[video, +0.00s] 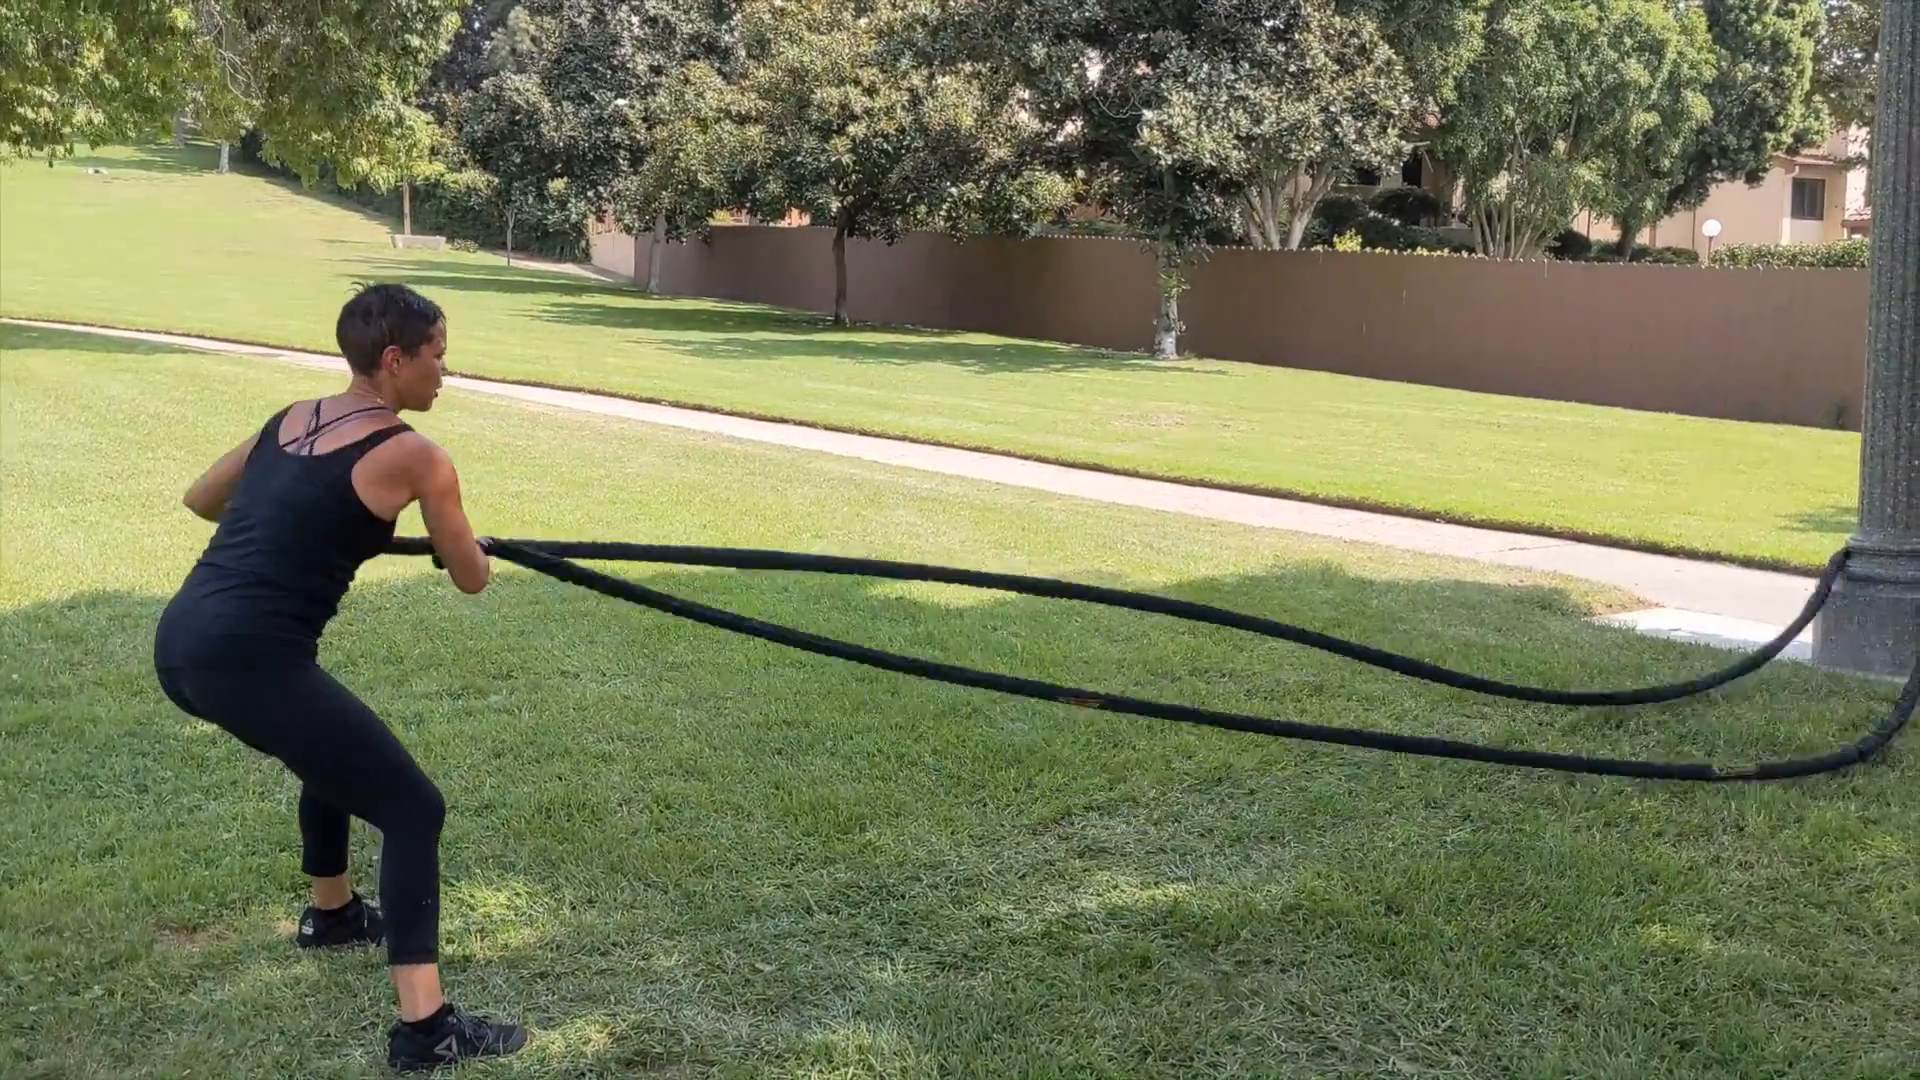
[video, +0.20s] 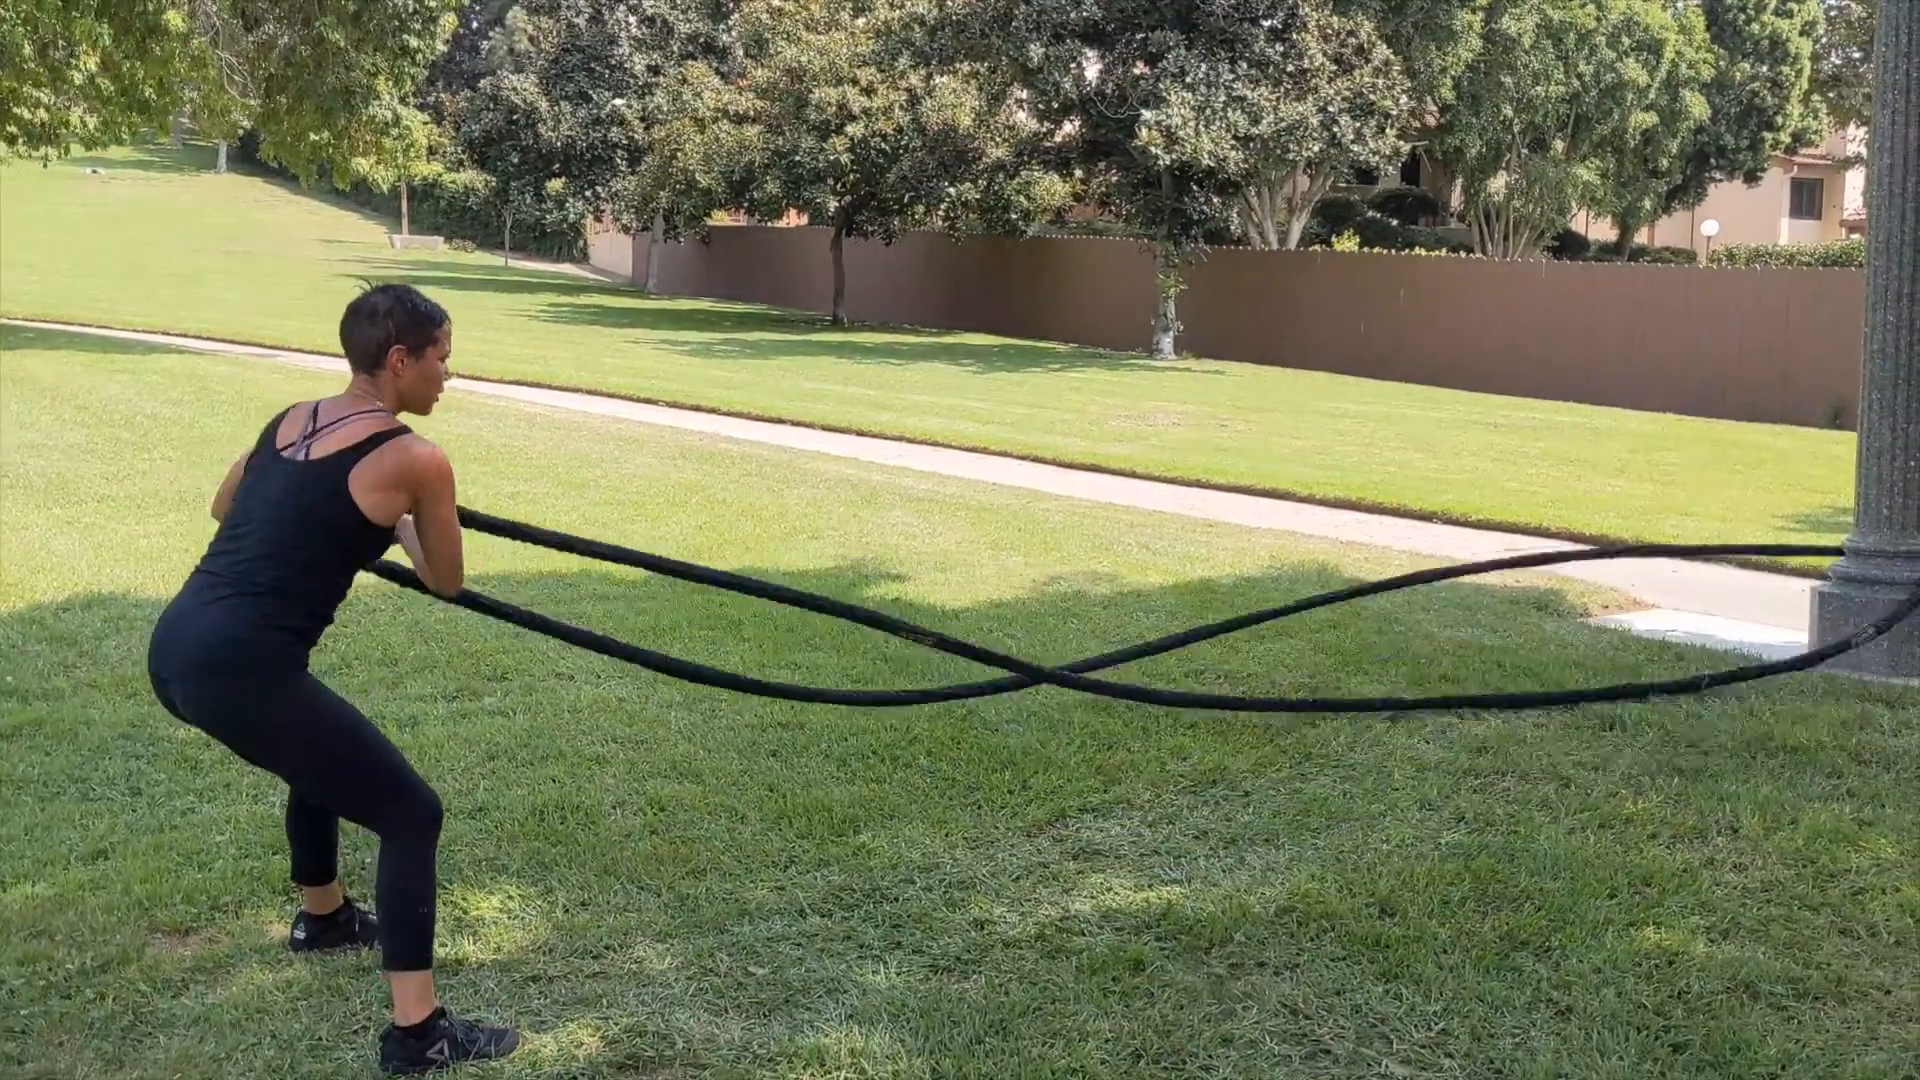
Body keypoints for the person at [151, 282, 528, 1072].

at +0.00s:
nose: (444, 367)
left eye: (443, 352)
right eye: (436, 352)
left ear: (368, 358)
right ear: (395, 357)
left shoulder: (296, 416)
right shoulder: (416, 455)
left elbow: (203, 498)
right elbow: (471, 577)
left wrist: (297, 513)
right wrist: (468, 546)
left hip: (182, 645)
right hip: (252, 659)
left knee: (329, 751)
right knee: (415, 808)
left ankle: (333, 910)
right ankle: (424, 1022)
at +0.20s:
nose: (447, 370)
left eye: (446, 355)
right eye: (440, 355)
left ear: (367, 358)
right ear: (398, 359)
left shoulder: (294, 417)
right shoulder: (417, 460)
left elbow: (227, 502)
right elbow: (448, 579)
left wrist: (330, 518)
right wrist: (411, 519)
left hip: (176, 651)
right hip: (245, 670)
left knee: (317, 759)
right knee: (413, 813)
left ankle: (323, 914)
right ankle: (416, 1026)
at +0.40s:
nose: (445, 371)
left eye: (444, 355)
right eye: (436, 355)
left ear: (376, 362)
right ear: (391, 359)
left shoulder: (331, 445)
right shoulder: (379, 454)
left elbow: (406, 594)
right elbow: (463, 587)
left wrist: (513, 615)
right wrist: (523, 584)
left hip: (187, 655)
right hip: (211, 676)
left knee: (314, 771)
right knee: (381, 818)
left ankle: (315, 915)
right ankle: (406, 1028)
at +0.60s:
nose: (452, 384)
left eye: (451, 367)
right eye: (444, 367)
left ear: (388, 372)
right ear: (395, 369)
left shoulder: (347, 460)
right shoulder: (360, 466)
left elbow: (375, 610)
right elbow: (417, 586)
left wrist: (457, 626)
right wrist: (554, 596)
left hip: (221, 662)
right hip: (199, 678)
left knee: (322, 768)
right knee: (370, 820)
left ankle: (301, 918)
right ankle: (392, 1033)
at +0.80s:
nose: (426, 380)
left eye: (426, 363)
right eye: (417, 363)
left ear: (361, 368)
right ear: (370, 366)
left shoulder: (321, 452)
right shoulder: (334, 464)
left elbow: (352, 600)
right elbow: (355, 586)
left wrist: (473, 592)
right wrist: (493, 597)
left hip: (175, 655)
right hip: (181, 675)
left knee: (301, 760)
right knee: (352, 821)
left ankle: (286, 918)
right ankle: (376, 1034)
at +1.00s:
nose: (371, 372)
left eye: (370, 356)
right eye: (363, 356)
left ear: (299, 362)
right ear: (315, 360)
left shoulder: (245, 435)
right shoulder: (294, 464)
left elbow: (288, 560)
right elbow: (353, 583)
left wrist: (399, 571)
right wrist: (475, 610)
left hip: (114, 658)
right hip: (152, 679)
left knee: (274, 756)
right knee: (324, 822)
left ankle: (271, 918)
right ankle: (355, 1037)